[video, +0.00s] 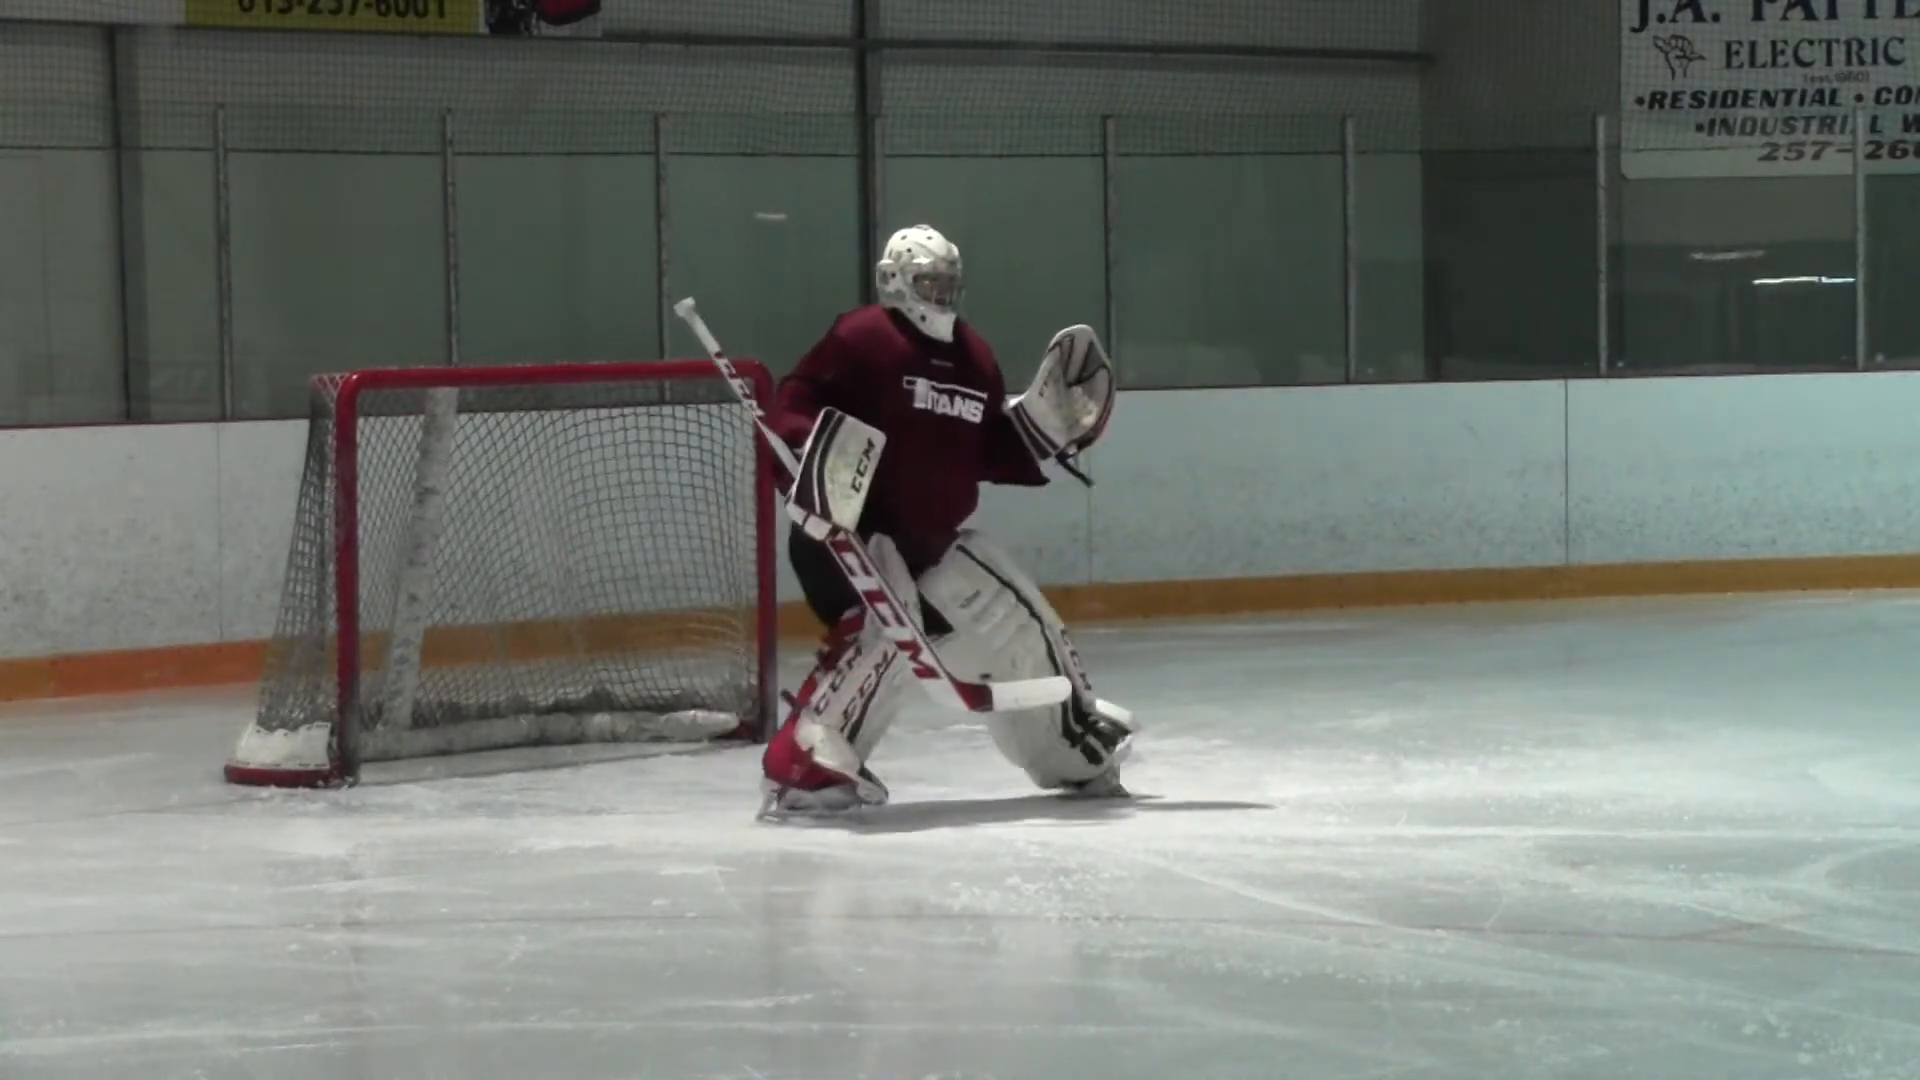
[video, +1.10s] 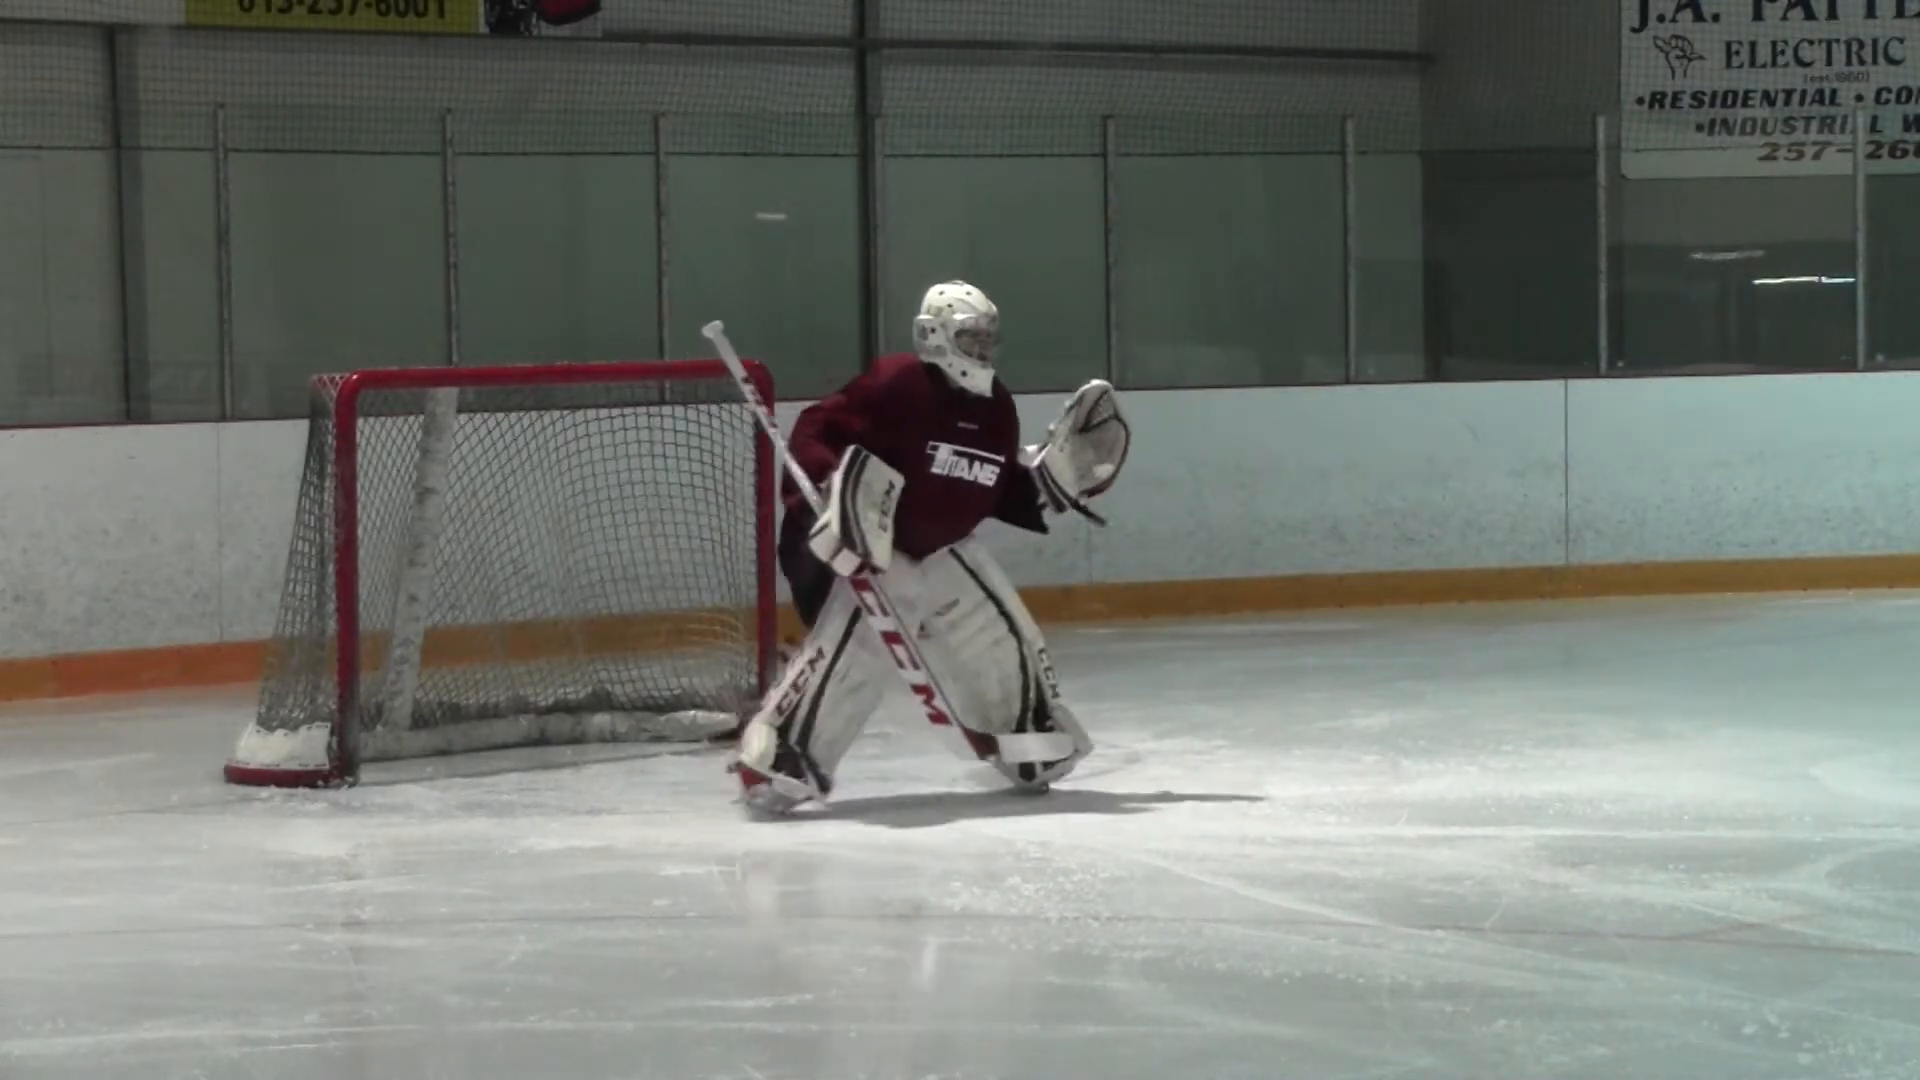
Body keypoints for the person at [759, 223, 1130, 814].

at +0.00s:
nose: (939, 295)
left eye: (948, 283)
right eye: (926, 282)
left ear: (958, 284)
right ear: (893, 281)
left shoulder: (973, 355)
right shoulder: (862, 338)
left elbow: (987, 452)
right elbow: (786, 413)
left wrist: (1046, 425)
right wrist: (826, 457)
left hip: (933, 540)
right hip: (848, 532)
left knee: (1017, 628)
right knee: (881, 634)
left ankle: (1075, 761)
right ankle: (808, 769)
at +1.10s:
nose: (982, 349)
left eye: (987, 338)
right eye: (969, 337)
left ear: (994, 338)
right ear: (934, 338)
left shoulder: (996, 406)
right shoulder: (897, 384)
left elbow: (992, 488)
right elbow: (810, 434)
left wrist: (1052, 482)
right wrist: (845, 491)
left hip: (945, 552)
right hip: (866, 550)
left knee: (1001, 638)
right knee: (848, 657)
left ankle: (1031, 748)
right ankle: (780, 767)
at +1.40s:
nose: (1048, 367)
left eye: (1052, 355)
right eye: (1036, 355)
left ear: (1053, 354)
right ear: (1000, 353)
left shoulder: (1046, 427)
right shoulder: (965, 394)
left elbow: (1045, 513)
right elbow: (881, 448)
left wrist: (1095, 497)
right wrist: (928, 500)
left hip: (998, 561)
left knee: (1054, 624)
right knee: (914, 657)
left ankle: (1058, 736)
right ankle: (811, 760)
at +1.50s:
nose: (1065, 372)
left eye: (1068, 361)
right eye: (1054, 360)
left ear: (1070, 360)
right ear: (1020, 357)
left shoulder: (1055, 428)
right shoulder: (983, 388)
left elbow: (1048, 517)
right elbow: (907, 445)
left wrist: (1104, 506)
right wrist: (960, 507)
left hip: (1003, 553)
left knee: (1059, 640)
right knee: (940, 652)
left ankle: (1088, 744)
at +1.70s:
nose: (1074, 381)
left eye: (1077, 369)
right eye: (1063, 368)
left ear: (1075, 367)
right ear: (1030, 366)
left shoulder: (1054, 435)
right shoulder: (994, 397)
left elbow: (1050, 519)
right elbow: (926, 463)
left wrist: (1096, 501)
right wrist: (986, 526)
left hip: (962, 551)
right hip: (903, 540)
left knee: (1043, 616)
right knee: (981, 636)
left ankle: (1066, 739)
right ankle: (872, 743)